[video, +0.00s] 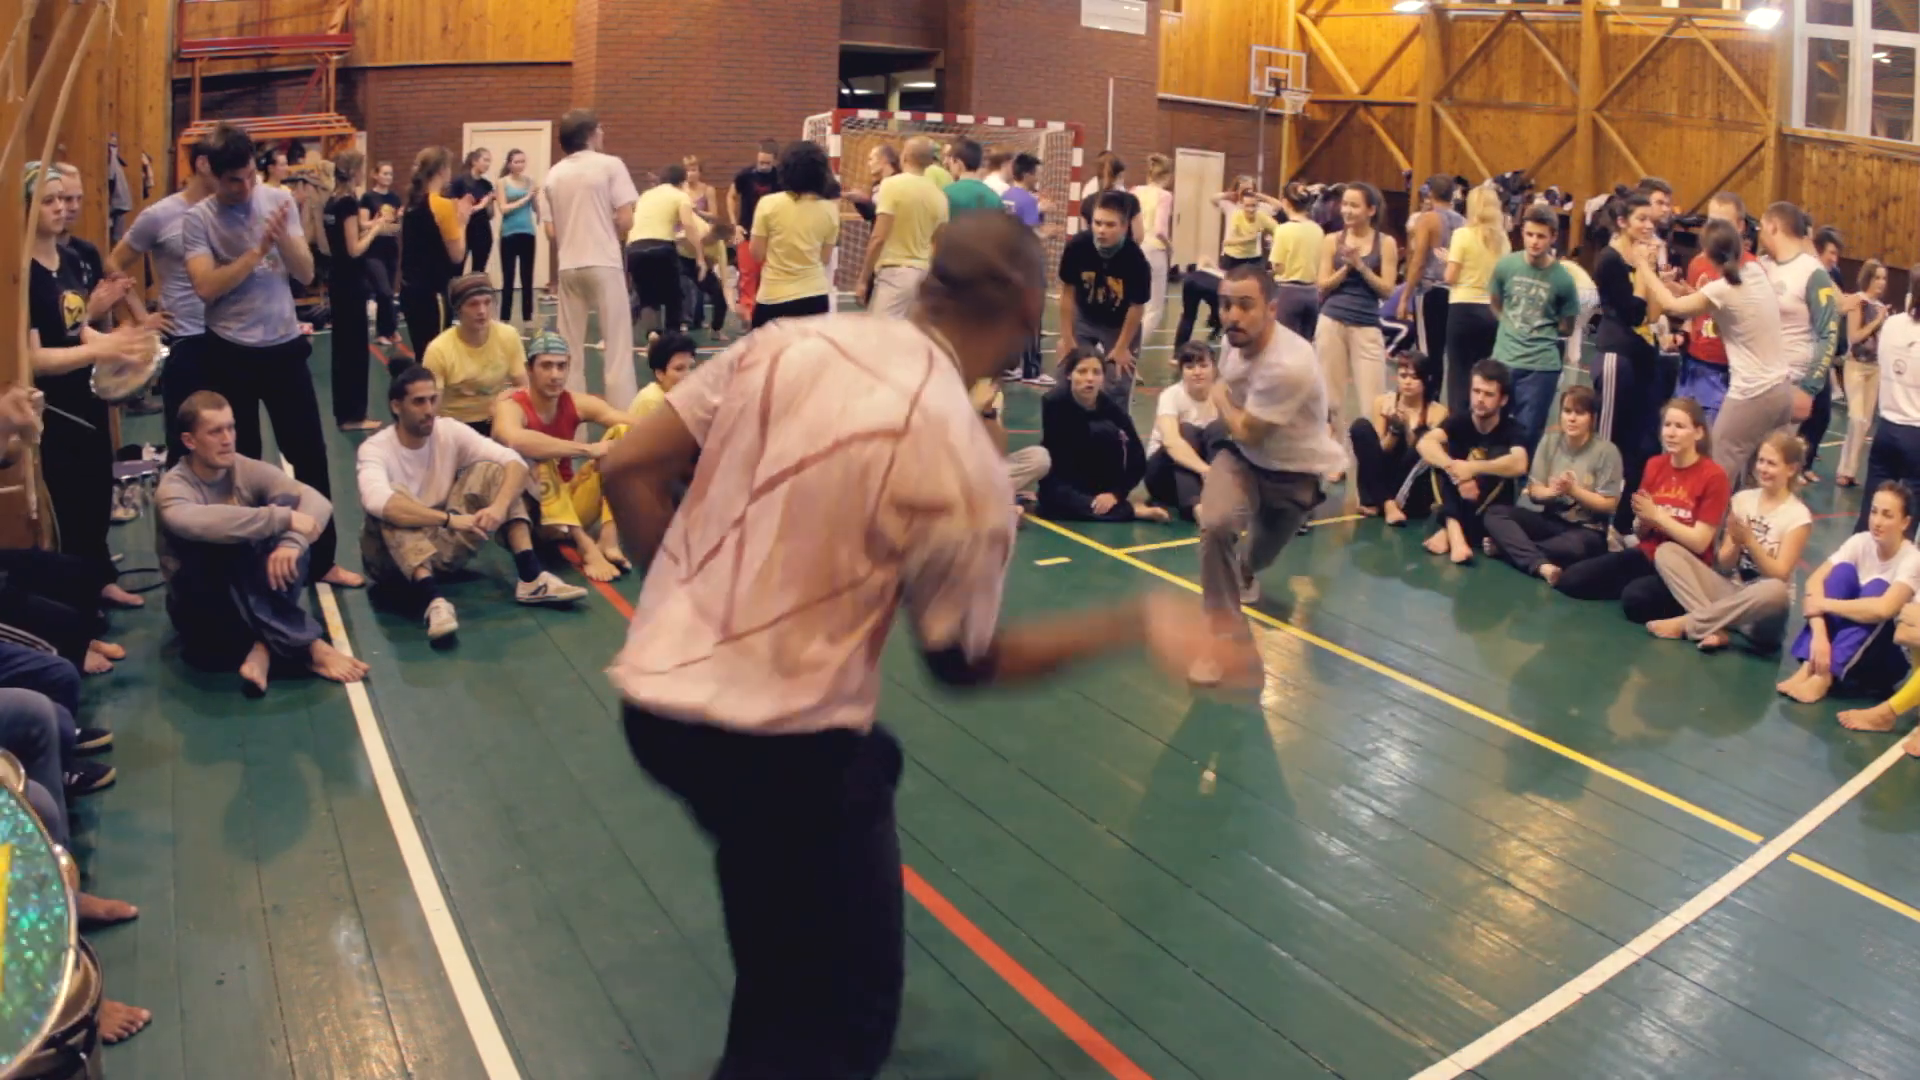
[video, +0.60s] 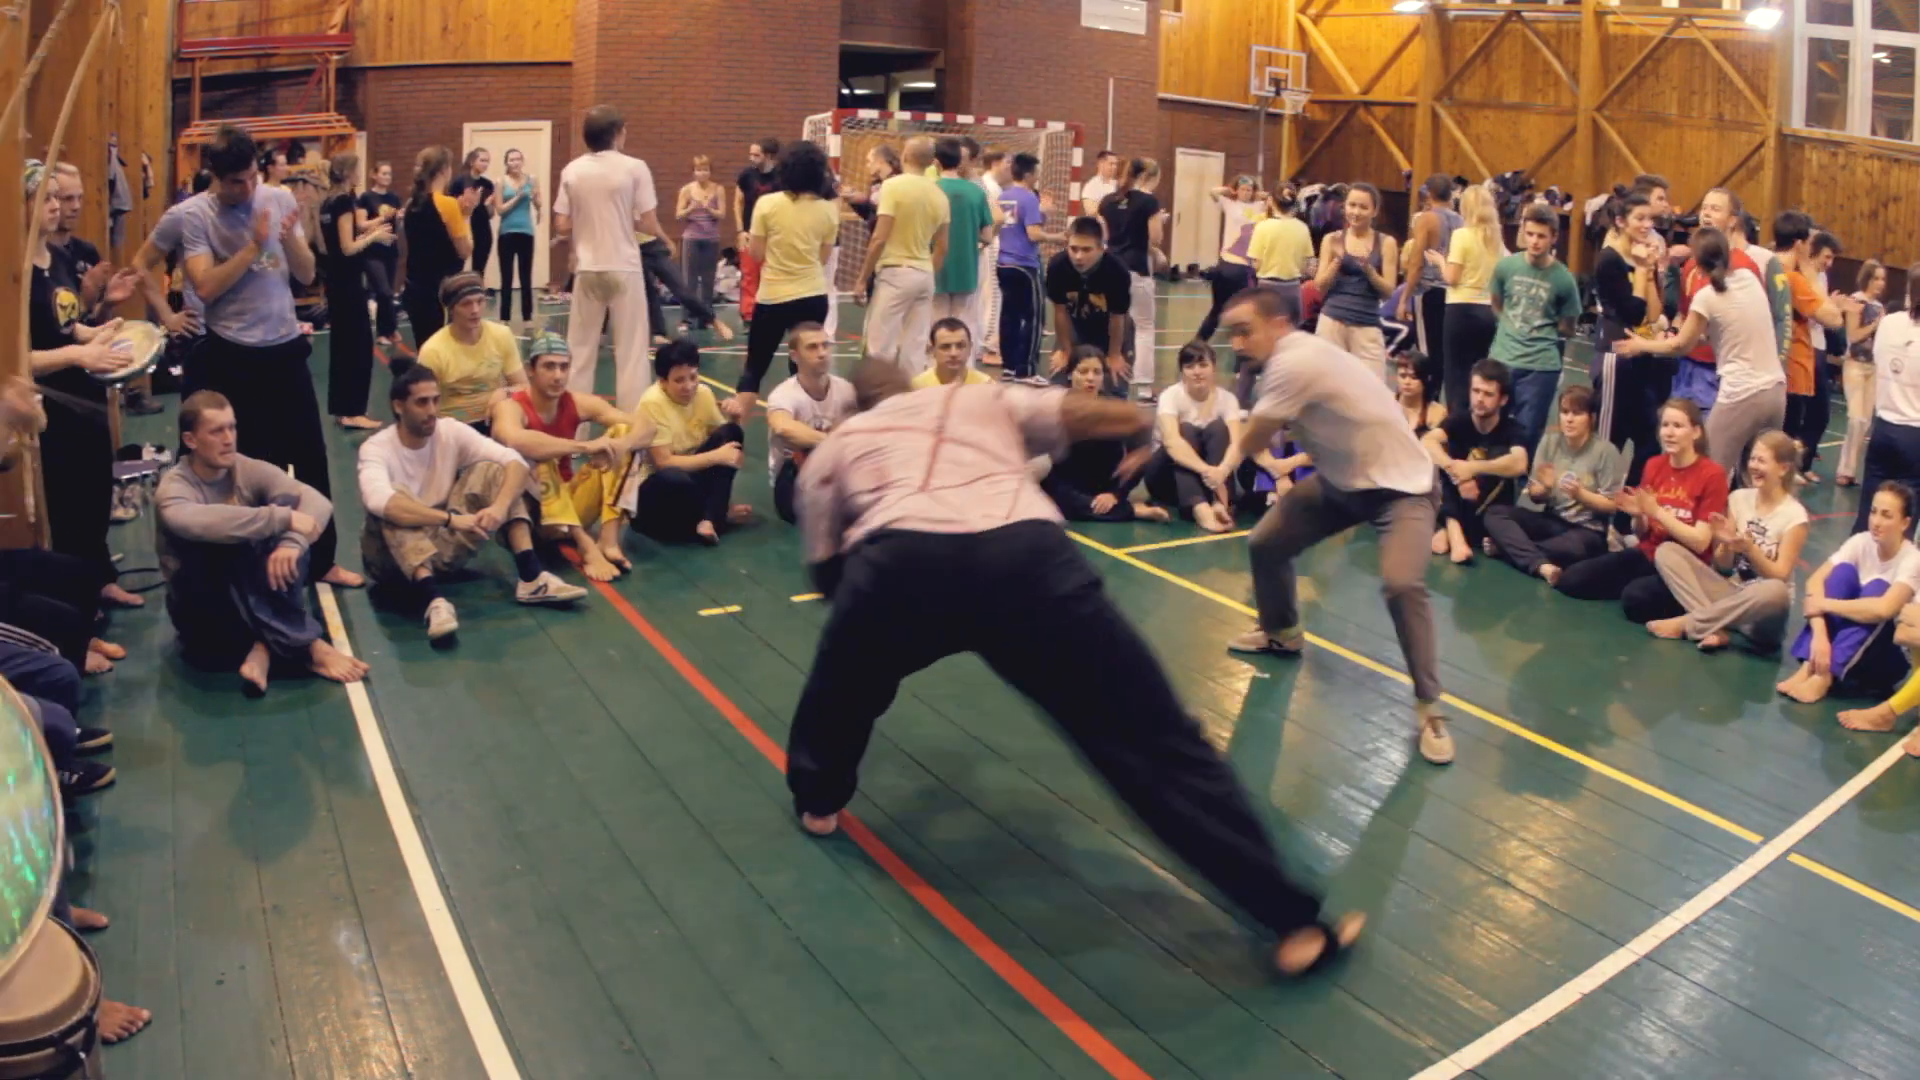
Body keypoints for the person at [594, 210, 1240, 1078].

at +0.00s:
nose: (1031, 329)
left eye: (1034, 314)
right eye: (1033, 312)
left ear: (934, 278)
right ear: (1018, 307)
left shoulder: (783, 343)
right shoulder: (952, 449)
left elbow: (629, 465)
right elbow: (963, 658)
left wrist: (696, 591)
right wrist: (1136, 618)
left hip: (659, 704)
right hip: (783, 744)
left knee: (866, 760)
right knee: (833, 1022)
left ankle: (813, 1013)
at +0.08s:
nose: (988, 267)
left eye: (986, 251)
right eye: (987, 251)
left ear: (883, 238)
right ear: (972, 257)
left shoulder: (773, 309)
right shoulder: (966, 378)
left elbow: (617, 410)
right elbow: (1015, 540)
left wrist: (692, 513)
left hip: (689, 649)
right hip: (818, 691)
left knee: (814, 776)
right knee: (825, 940)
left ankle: (838, 935)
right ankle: (752, 1061)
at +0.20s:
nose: (912, 227)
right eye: (906, 217)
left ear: (816, 242)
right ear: (899, 231)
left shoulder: (757, 306)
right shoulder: (953, 296)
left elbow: (603, 385)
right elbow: (1066, 421)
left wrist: (689, 483)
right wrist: (1016, 295)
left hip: (764, 587)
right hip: (897, 606)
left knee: (821, 791)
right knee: (899, 852)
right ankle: (724, 1064)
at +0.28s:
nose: (864, 254)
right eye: (860, 249)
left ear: (780, 287)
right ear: (865, 264)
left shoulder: (740, 353)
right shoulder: (938, 308)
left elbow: (604, 458)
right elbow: (1076, 382)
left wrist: (705, 518)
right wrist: (1031, 354)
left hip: (804, 602)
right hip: (935, 597)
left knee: (793, 717)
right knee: (954, 831)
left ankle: (820, 810)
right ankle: (765, 982)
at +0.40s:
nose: (821, 351)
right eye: (818, 348)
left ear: (759, 395)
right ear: (828, 364)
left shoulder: (753, 436)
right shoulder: (913, 385)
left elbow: (661, 593)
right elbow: (1033, 397)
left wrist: (732, 585)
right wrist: (983, 484)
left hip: (837, 606)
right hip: (965, 596)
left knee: (817, 710)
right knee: (1024, 819)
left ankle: (816, 805)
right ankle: (929, 983)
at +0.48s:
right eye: (829, 389)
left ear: (778, 433)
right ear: (843, 404)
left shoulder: (763, 478)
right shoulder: (913, 411)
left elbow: (739, 629)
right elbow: (1043, 437)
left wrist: (772, 562)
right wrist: (1051, 525)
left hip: (854, 600)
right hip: (986, 584)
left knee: (820, 693)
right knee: (1072, 785)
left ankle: (817, 804)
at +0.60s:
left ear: (855, 405)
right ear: (929, 381)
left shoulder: (829, 451)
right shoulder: (987, 396)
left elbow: (827, 579)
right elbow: (1128, 418)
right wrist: (1044, 440)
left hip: (898, 570)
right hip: (1026, 555)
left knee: (845, 680)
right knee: (1151, 737)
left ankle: (818, 802)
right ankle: (1294, 923)